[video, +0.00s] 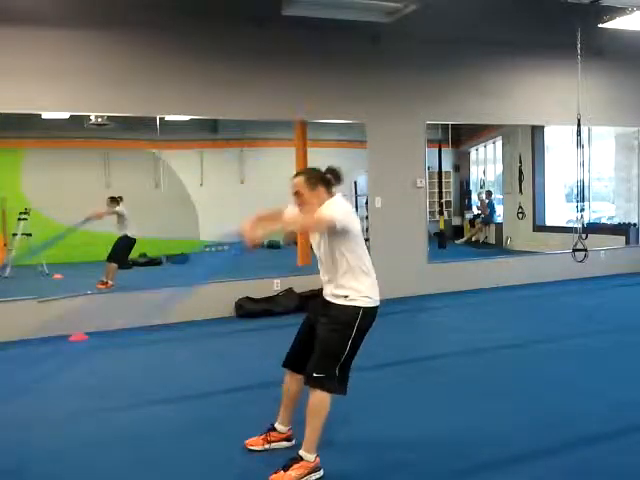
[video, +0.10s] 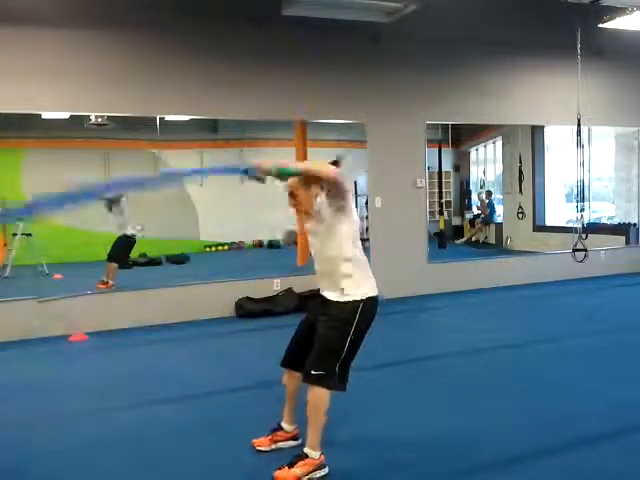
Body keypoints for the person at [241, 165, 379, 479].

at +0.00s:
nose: (297, 200)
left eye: (300, 194)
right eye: (295, 195)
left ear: (320, 190)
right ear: (308, 194)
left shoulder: (338, 207)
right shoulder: (309, 210)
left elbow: (313, 223)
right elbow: (281, 216)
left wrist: (270, 229)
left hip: (356, 302)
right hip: (330, 296)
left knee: (320, 379)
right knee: (296, 366)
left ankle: (309, 458)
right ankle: (282, 429)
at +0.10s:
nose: (292, 203)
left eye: (295, 195)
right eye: (289, 197)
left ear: (313, 190)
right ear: (297, 196)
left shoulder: (339, 209)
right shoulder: (311, 220)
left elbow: (333, 175)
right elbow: (303, 261)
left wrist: (279, 171)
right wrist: (300, 227)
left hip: (356, 299)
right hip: (329, 297)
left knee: (319, 376)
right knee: (293, 365)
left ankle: (314, 456)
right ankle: (288, 428)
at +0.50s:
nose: (289, 207)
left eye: (292, 200)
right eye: (288, 201)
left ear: (313, 198)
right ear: (310, 200)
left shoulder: (335, 222)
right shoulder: (309, 224)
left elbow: (330, 269)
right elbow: (286, 250)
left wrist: (285, 286)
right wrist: (256, 266)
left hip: (356, 305)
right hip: (328, 300)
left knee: (321, 380)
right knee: (294, 366)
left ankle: (308, 458)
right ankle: (287, 430)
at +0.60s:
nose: (304, 189)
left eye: (308, 181)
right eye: (301, 182)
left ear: (325, 178)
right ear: (303, 183)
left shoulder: (343, 197)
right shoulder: (316, 205)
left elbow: (326, 182)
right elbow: (291, 189)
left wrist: (286, 185)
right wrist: (259, 199)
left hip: (357, 297)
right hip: (330, 292)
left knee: (329, 377)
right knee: (301, 365)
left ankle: (314, 456)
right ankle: (287, 429)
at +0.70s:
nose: (283, 208)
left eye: (287, 201)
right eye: (280, 202)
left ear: (308, 196)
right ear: (287, 201)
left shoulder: (328, 214)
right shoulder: (303, 221)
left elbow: (335, 192)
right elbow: (294, 187)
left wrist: (325, 180)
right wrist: (279, 168)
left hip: (355, 298)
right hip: (327, 295)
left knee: (323, 375)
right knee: (295, 364)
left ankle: (313, 454)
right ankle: (289, 428)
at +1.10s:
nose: (295, 199)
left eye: (300, 193)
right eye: (294, 193)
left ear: (322, 191)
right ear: (317, 193)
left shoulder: (337, 213)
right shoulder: (318, 216)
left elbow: (312, 241)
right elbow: (294, 235)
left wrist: (270, 246)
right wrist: (267, 238)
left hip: (351, 305)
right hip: (325, 299)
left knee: (311, 379)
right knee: (287, 367)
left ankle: (308, 458)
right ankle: (285, 430)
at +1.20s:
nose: (296, 194)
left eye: (301, 186)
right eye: (293, 187)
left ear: (318, 183)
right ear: (295, 190)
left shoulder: (337, 204)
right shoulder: (312, 210)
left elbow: (332, 172)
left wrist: (282, 165)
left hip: (350, 300)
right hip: (323, 296)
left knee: (310, 378)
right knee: (286, 366)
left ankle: (310, 457)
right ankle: (285, 429)